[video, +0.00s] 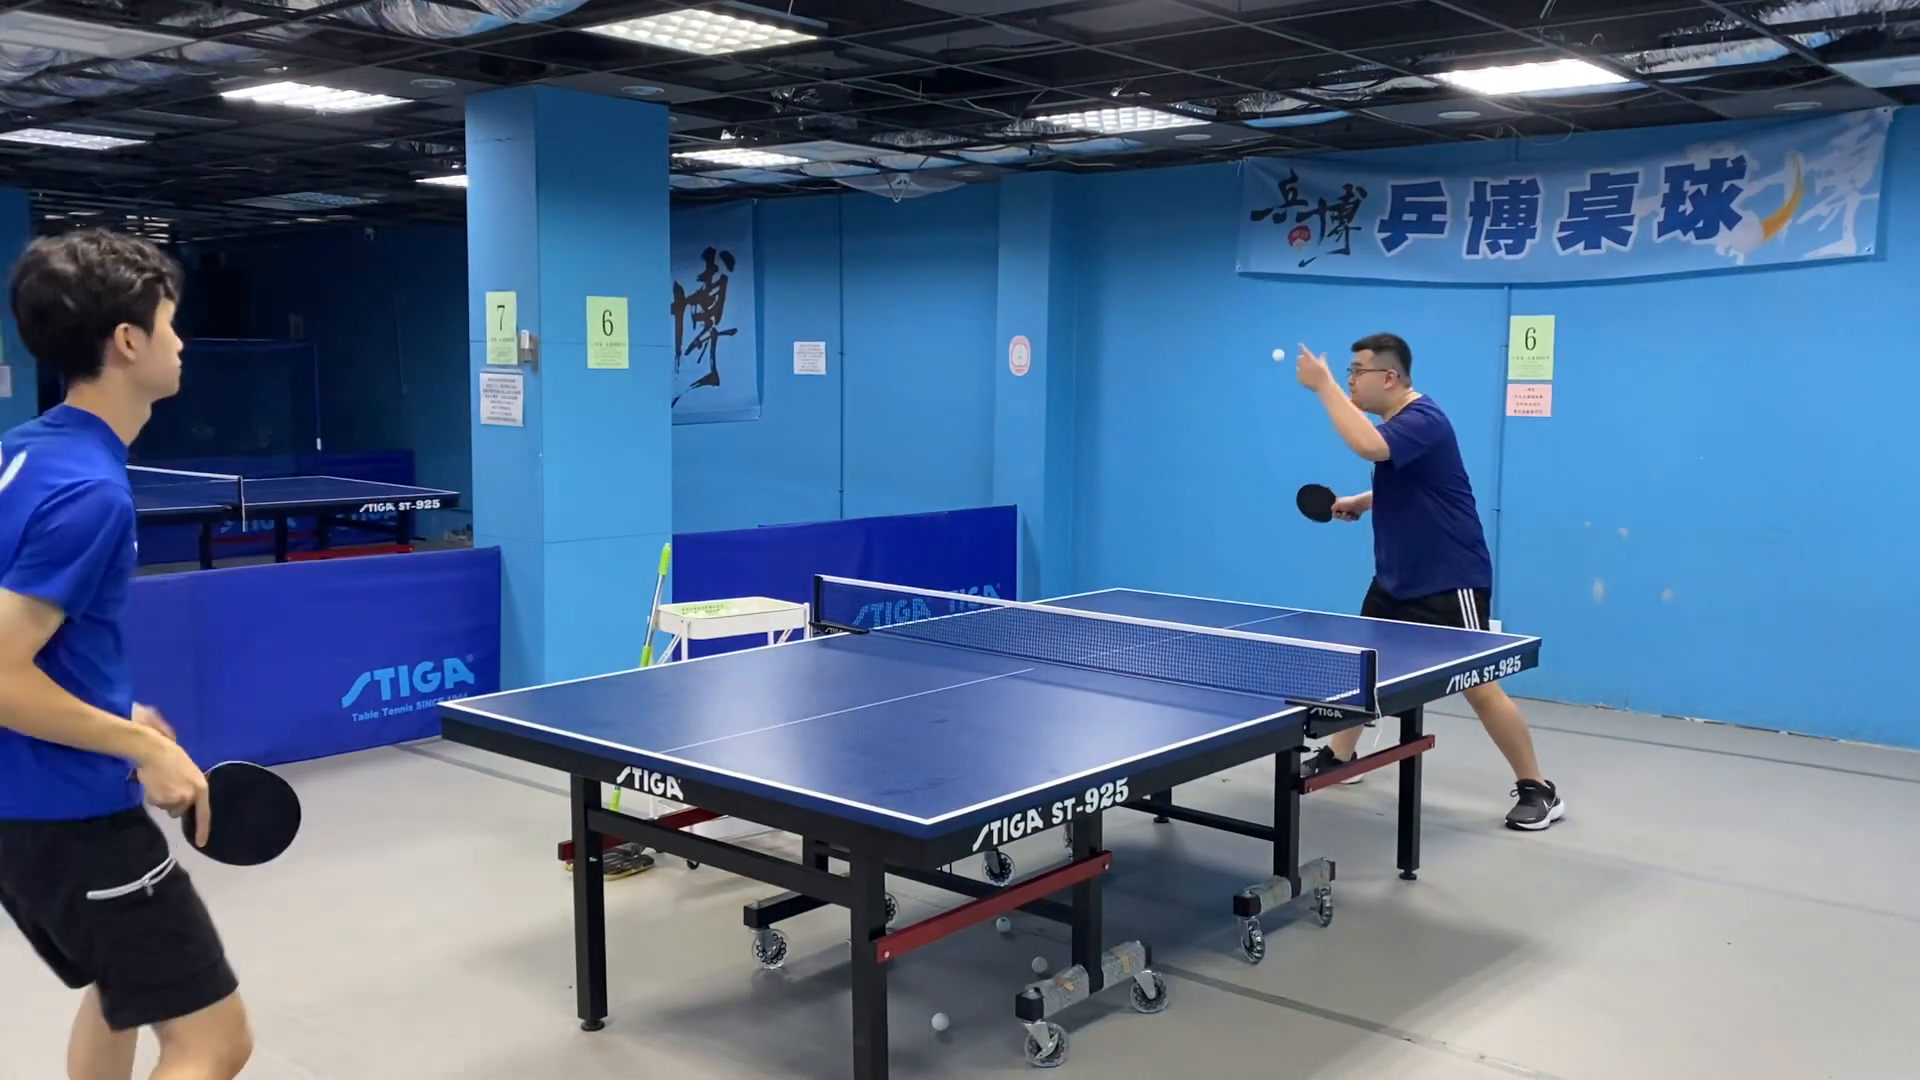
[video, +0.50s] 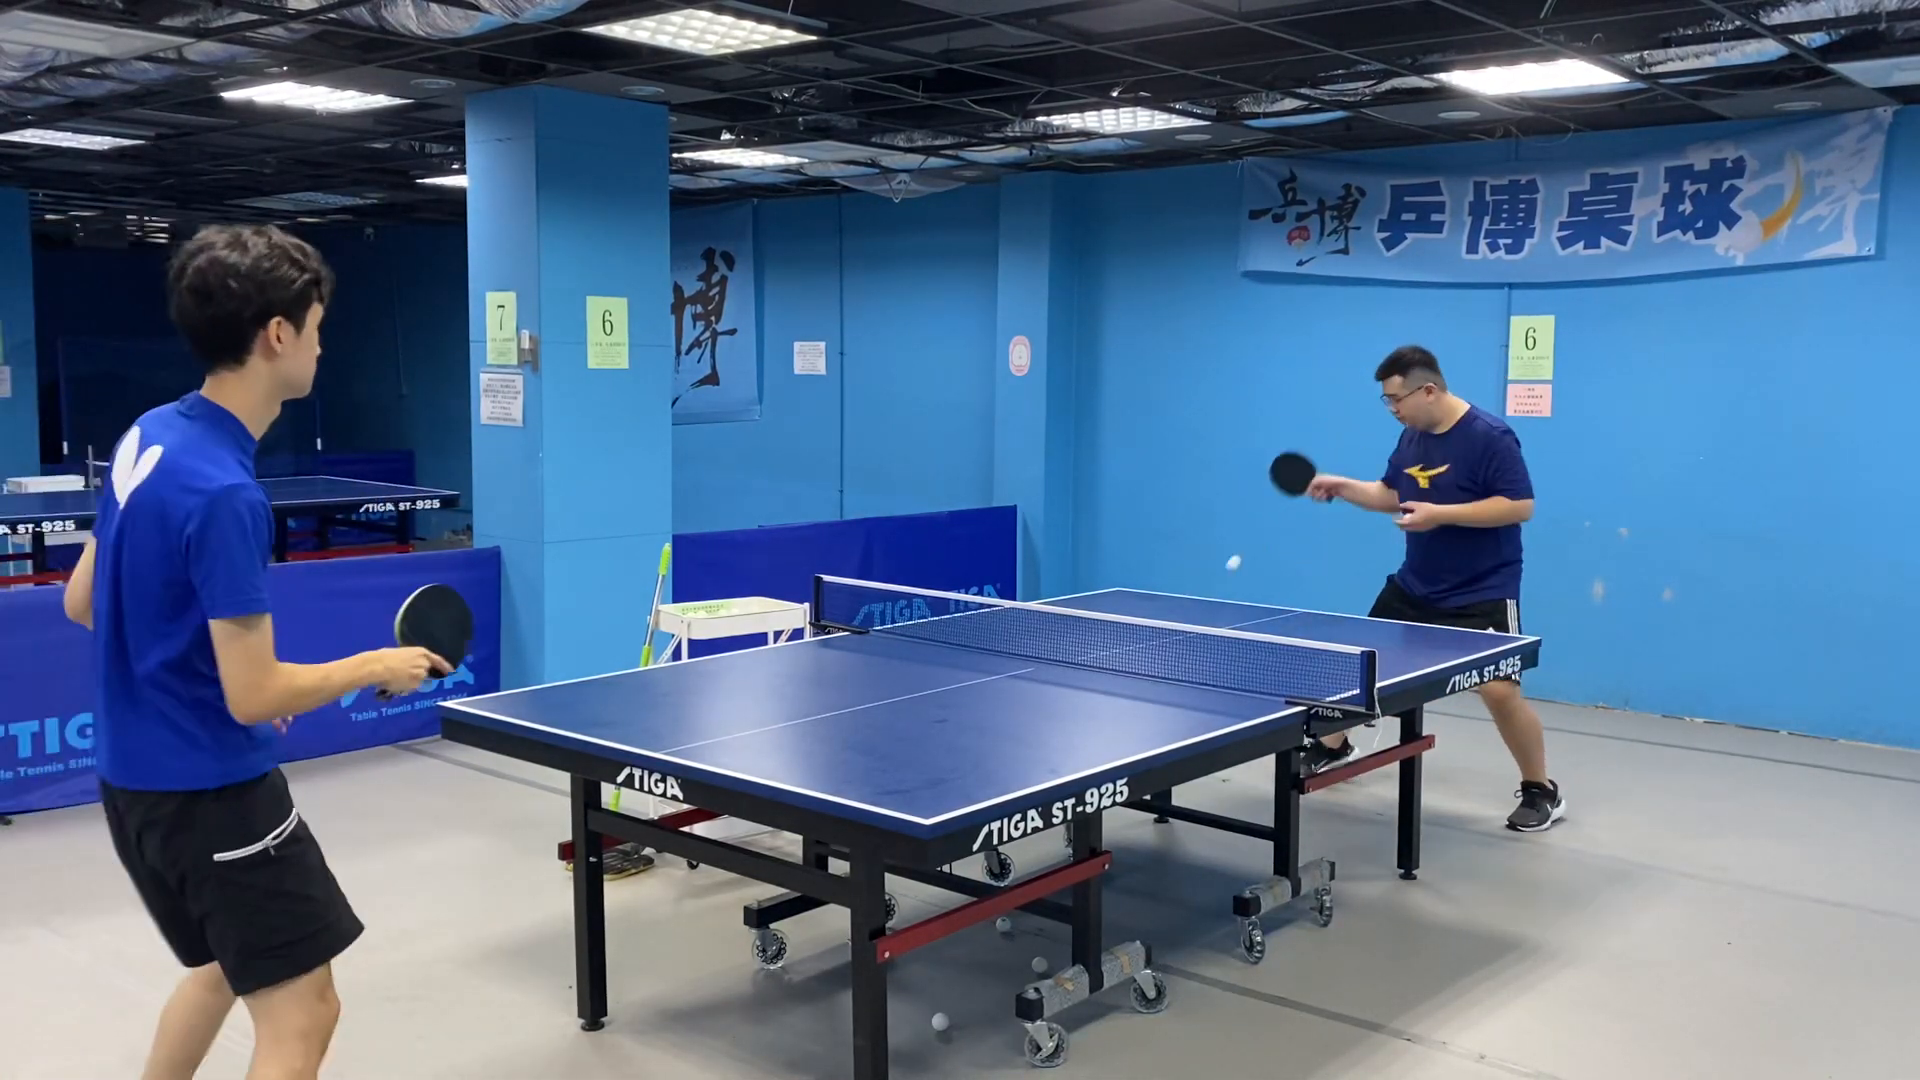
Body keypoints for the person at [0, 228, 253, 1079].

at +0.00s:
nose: (181, 346)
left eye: (176, 325)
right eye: (171, 326)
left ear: (104, 342)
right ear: (126, 343)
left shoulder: (30, 449)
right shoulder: (92, 490)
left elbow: (34, 657)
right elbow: (7, 679)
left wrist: (127, 718)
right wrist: (137, 748)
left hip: (28, 811)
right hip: (80, 819)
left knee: (115, 994)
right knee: (215, 1039)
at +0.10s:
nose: (210, 326)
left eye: (205, 306)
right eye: (199, 306)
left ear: (133, 322)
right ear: (156, 320)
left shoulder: (64, 428)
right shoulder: (109, 464)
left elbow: (76, 603)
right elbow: (12, 647)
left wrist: (179, 663)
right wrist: (157, 716)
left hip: (31, 775)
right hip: (97, 782)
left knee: (121, 975)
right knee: (251, 1002)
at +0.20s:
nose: (235, 313)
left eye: (231, 292)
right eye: (226, 293)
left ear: (165, 309)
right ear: (184, 307)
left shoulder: (99, 417)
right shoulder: (130, 448)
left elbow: (107, 597)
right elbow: (41, 636)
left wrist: (223, 640)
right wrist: (208, 689)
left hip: (51, 758)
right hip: (116, 767)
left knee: (118, 966)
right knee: (255, 993)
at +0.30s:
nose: (261, 321)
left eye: (258, 301)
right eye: (253, 300)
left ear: (183, 311)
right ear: (210, 311)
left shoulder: (115, 422)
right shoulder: (158, 456)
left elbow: (133, 599)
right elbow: (107, 659)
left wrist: (245, 647)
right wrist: (263, 687)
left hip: (83, 767)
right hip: (151, 778)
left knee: (124, 968)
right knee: (258, 1003)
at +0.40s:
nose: (287, 337)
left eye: (285, 316)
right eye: (281, 315)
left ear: (201, 321)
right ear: (240, 324)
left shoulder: (129, 429)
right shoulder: (188, 475)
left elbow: (81, 595)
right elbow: (188, 680)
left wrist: (242, 674)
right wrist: (321, 679)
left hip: (114, 779)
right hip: (190, 792)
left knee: (171, 961)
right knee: (287, 1008)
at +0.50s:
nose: (320, 351)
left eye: (320, 330)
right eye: (316, 330)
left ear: (224, 331)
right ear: (274, 335)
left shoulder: (149, 435)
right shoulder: (226, 493)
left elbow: (85, 600)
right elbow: (257, 694)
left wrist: (232, 673)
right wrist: (373, 666)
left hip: (140, 780)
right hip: (215, 791)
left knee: (217, 968)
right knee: (301, 1014)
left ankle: (158, 1078)